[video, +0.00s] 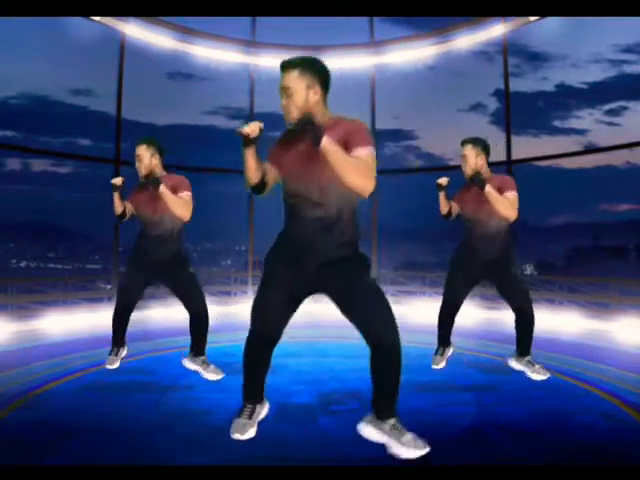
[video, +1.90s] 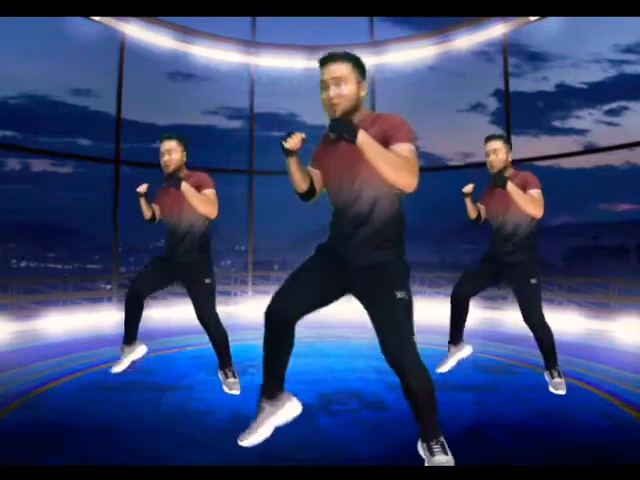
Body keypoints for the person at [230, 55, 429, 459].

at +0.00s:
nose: (281, 100)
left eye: (288, 91)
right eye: (281, 92)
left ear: (315, 91)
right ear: (298, 94)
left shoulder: (352, 132)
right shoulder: (288, 142)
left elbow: (365, 184)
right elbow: (259, 184)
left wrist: (323, 139)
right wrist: (250, 146)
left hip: (341, 261)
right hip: (291, 260)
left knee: (386, 337)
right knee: (261, 335)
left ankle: (382, 418)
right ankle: (252, 405)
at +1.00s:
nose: (312, 90)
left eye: (319, 82)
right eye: (311, 83)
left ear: (345, 84)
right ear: (321, 87)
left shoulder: (377, 125)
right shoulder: (320, 132)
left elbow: (388, 187)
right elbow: (298, 167)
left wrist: (345, 141)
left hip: (363, 259)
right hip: (324, 258)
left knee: (383, 350)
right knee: (286, 333)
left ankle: (430, 440)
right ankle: (290, 420)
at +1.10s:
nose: (305, 95)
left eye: (309, 87)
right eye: (306, 88)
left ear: (331, 88)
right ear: (332, 89)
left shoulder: (351, 124)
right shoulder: (334, 128)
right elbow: (326, 168)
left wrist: (297, 135)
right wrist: (303, 133)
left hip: (349, 260)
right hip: (324, 259)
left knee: (363, 352)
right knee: (285, 328)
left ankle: (436, 428)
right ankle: (289, 420)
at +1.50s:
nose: (306, 98)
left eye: (311, 90)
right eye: (306, 91)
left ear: (338, 90)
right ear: (326, 92)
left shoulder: (375, 125)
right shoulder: (321, 138)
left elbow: (378, 176)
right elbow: (304, 189)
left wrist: (333, 135)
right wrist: (289, 149)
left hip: (372, 261)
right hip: (330, 260)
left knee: (395, 354)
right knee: (293, 334)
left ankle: (432, 441)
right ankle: (289, 420)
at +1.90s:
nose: (330, 92)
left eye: (339, 83)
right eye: (325, 85)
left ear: (362, 86)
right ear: (322, 93)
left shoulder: (390, 126)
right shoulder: (330, 141)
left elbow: (408, 179)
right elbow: (307, 189)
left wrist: (355, 134)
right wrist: (293, 157)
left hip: (382, 263)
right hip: (336, 258)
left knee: (401, 356)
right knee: (279, 313)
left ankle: (434, 443)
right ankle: (273, 400)